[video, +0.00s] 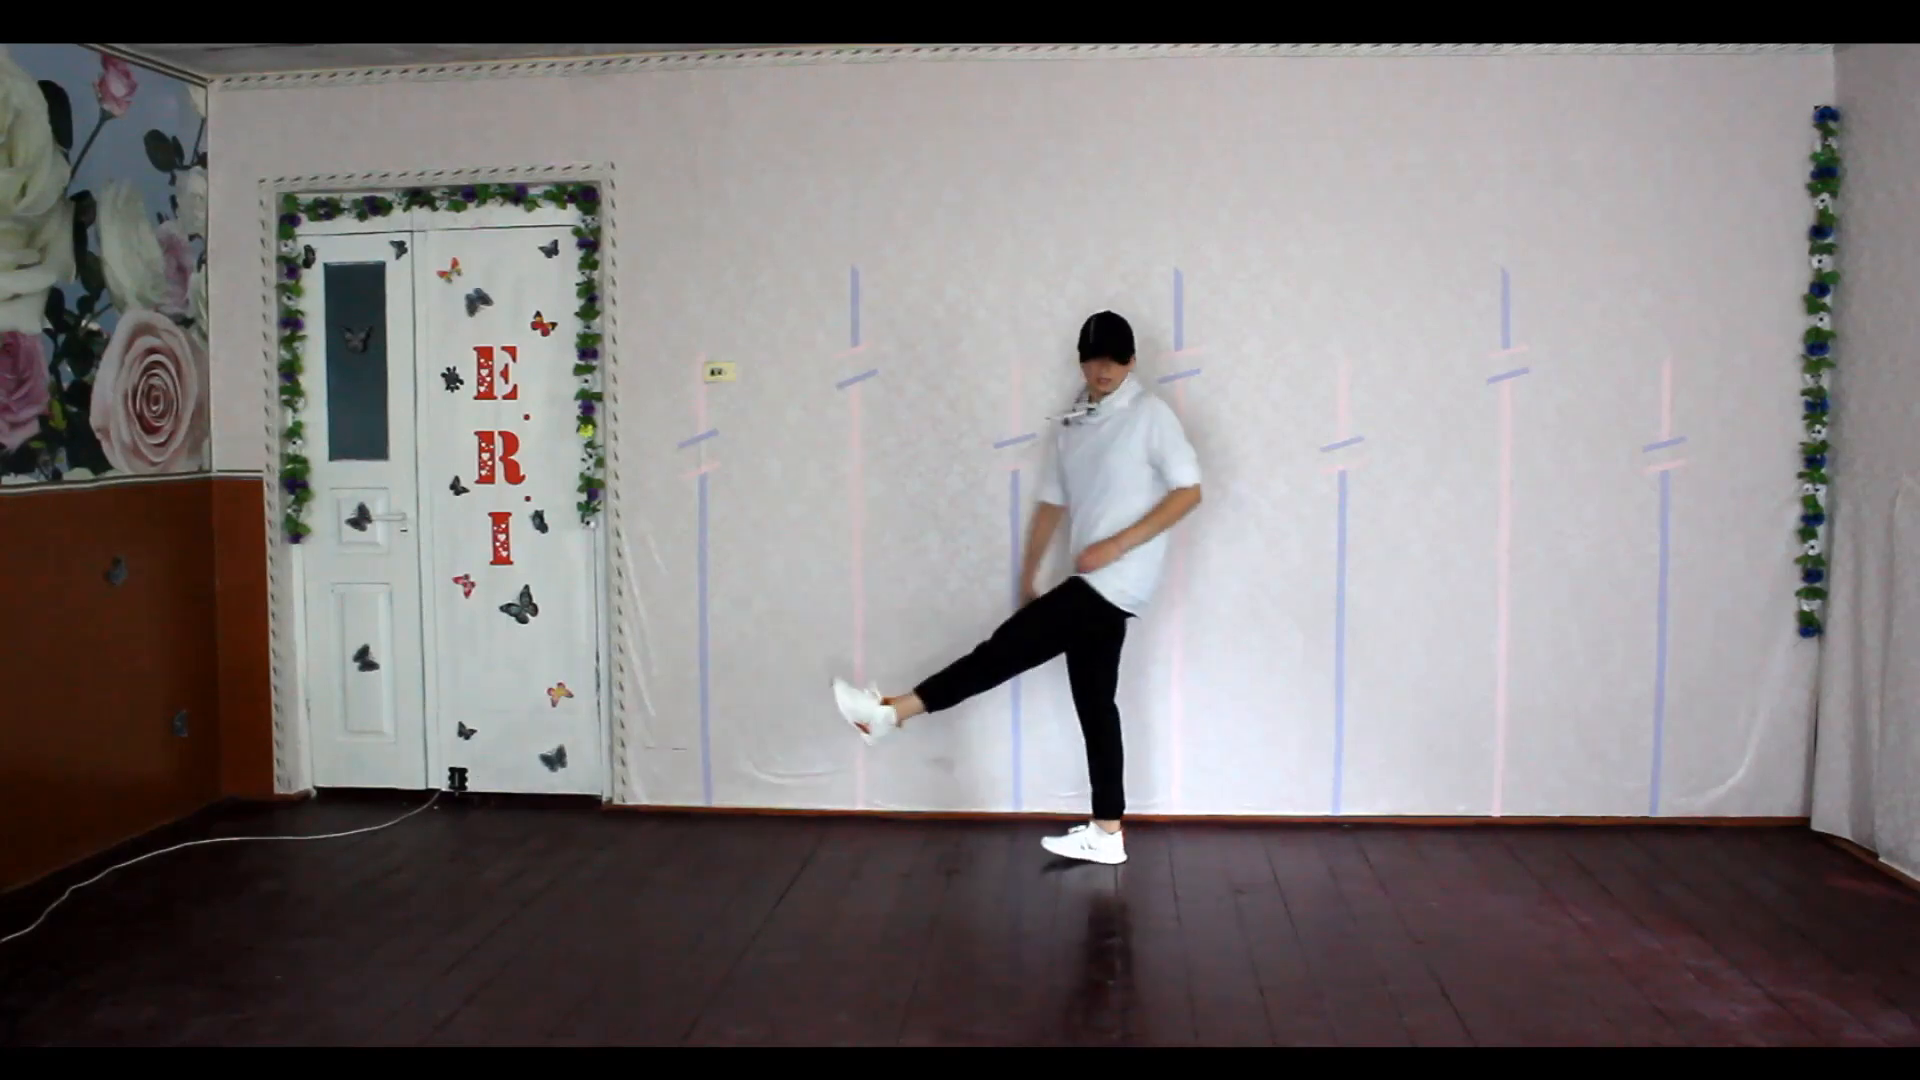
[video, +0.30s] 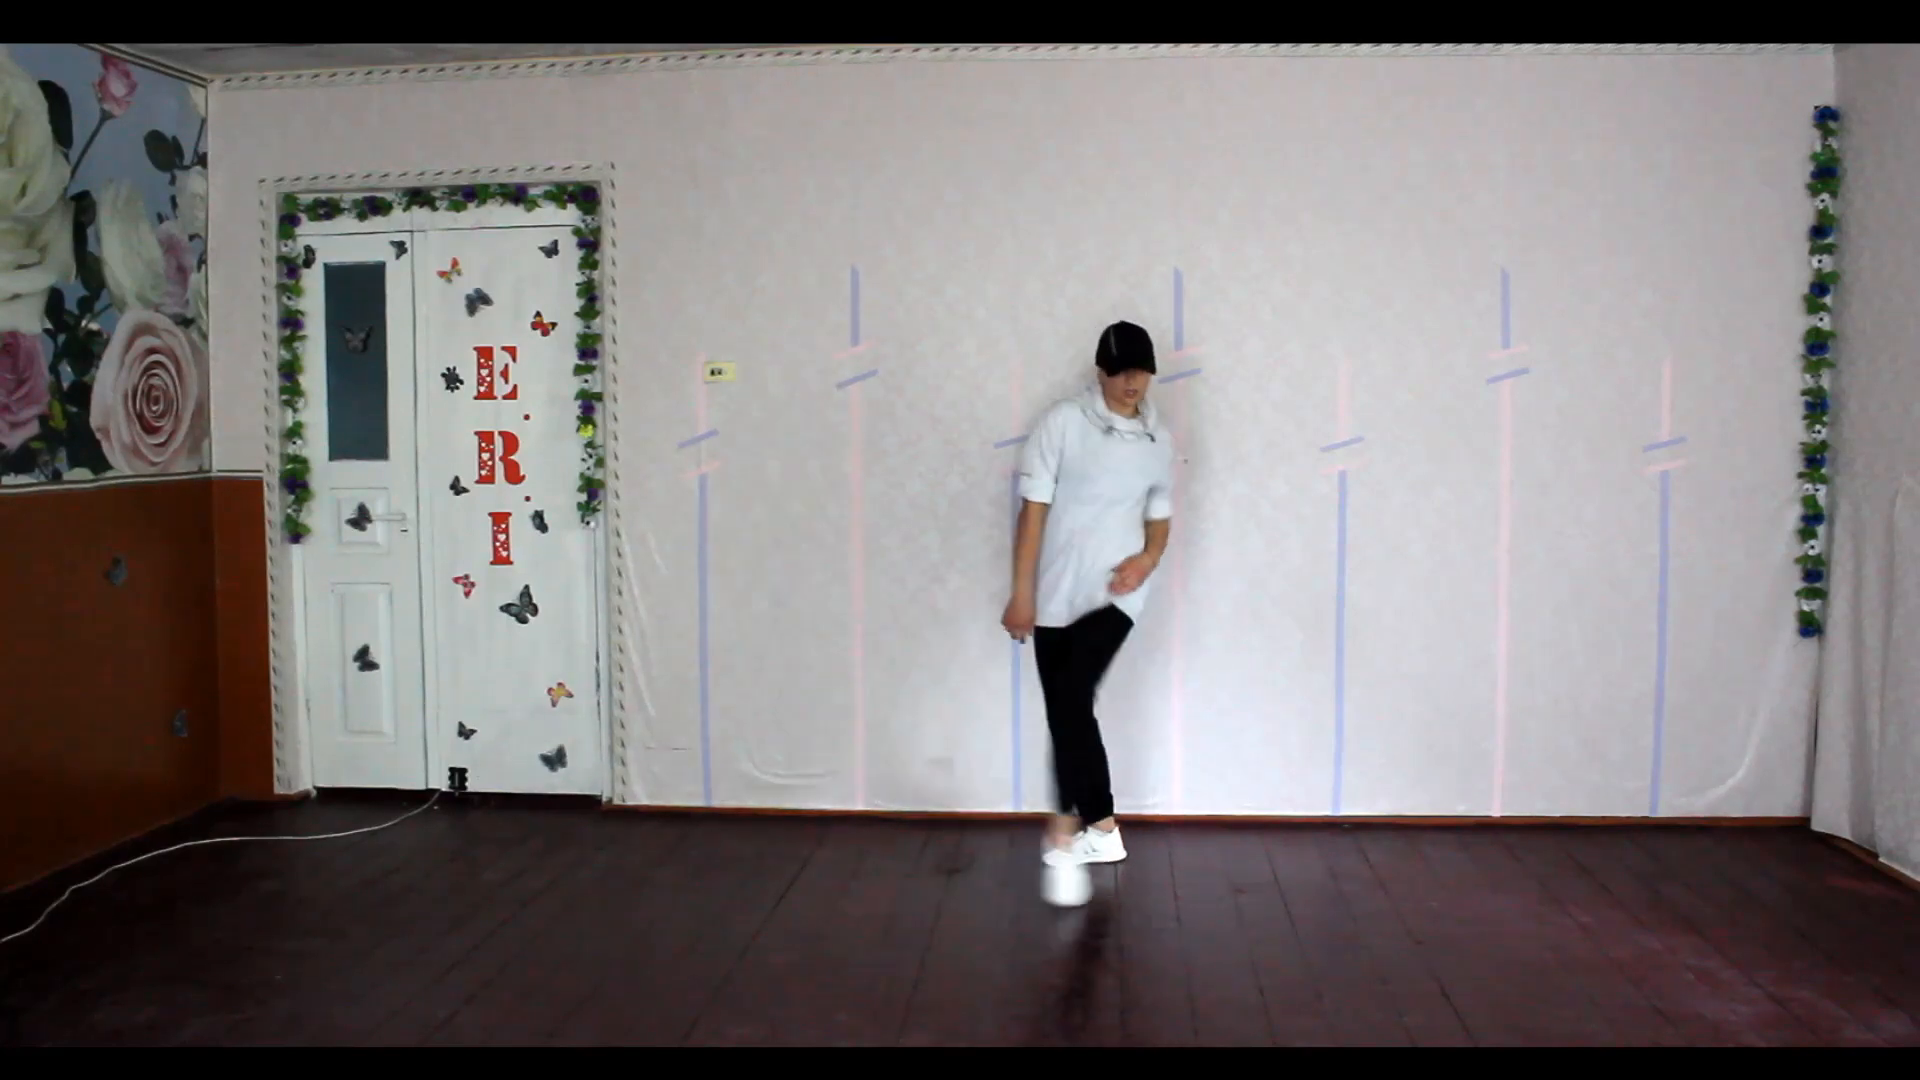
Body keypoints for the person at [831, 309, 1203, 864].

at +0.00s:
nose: (1101, 374)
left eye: (1112, 365)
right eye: (1093, 364)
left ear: (1130, 362)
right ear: (1081, 362)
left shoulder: (1151, 414)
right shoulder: (1069, 426)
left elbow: (1189, 492)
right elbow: (1051, 504)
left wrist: (1119, 544)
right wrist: (1029, 573)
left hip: (1116, 582)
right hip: (1082, 579)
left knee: (1006, 649)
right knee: (1095, 706)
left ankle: (892, 712)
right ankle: (1108, 830)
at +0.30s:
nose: (1134, 387)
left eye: (1142, 377)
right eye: (1124, 376)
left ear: (1151, 377)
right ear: (1101, 373)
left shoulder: (1156, 440)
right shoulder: (1061, 423)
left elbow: (1158, 516)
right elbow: (1034, 510)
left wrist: (1148, 559)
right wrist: (1022, 594)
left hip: (1115, 593)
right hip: (1057, 592)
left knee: (1071, 700)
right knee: (1068, 706)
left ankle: (1062, 839)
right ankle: (1101, 825)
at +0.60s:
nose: (1122, 384)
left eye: (1129, 372)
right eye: (1111, 373)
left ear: (1137, 368)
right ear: (1083, 366)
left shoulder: (1154, 433)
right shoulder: (1042, 420)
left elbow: (1173, 518)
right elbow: (986, 479)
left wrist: (1130, 581)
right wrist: (1015, 496)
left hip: (1117, 606)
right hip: (1055, 598)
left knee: (1101, 731)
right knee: (1056, 717)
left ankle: (1081, 850)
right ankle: (1040, 811)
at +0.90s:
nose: (1103, 382)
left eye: (1108, 371)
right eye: (1091, 372)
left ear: (1114, 369)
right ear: (1059, 372)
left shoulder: (1139, 419)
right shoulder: (1034, 442)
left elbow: (1171, 508)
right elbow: (1013, 511)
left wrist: (1139, 583)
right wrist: (976, 530)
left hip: (1119, 623)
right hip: (1054, 626)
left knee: (1105, 742)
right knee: (1062, 750)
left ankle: (1084, 854)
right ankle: (1096, 878)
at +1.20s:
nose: (1085, 374)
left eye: (1096, 364)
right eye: (1075, 362)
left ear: (1111, 360)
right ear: (1055, 356)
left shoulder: (1141, 407)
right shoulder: (1028, 437)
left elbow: (1180, 486)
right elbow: (1002, 526)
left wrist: (1155, 558)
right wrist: (1027, 528)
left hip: (1121, 605)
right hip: (1055, 616)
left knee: (1115, 728)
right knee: (1073, 754)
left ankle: (1129, 808)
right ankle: (1095, 881)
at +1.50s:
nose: (1105, 394)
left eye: (1116, 384)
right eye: (1094, 383)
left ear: (1132, 379)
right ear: (1073, 375)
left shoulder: (1153, 430)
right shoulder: (1034, 426)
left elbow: (1233, 459)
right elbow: (954, 456)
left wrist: (1160, 494)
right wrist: (1038, 478)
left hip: (1125, 637)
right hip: (1048, 636)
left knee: (1107, 771)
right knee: (1056, 770)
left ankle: (1096, 906)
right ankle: (1079, 868)